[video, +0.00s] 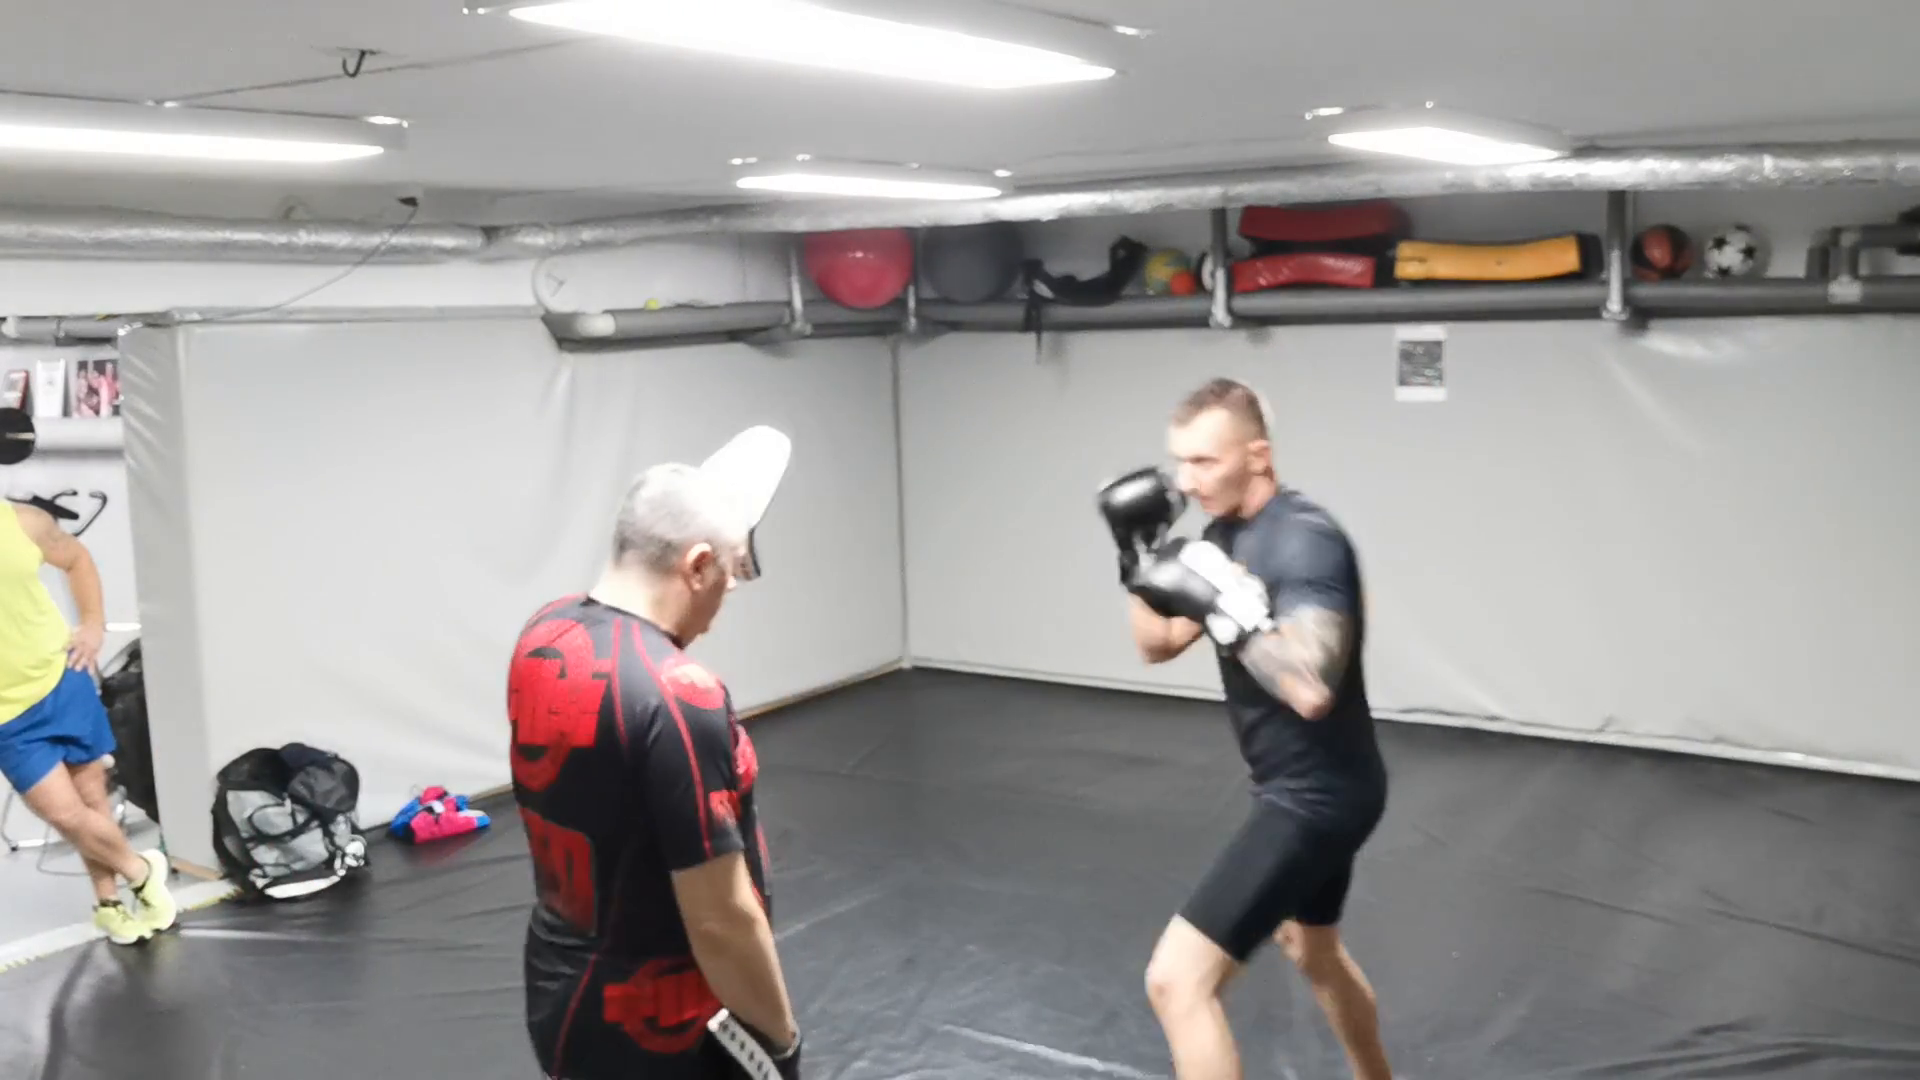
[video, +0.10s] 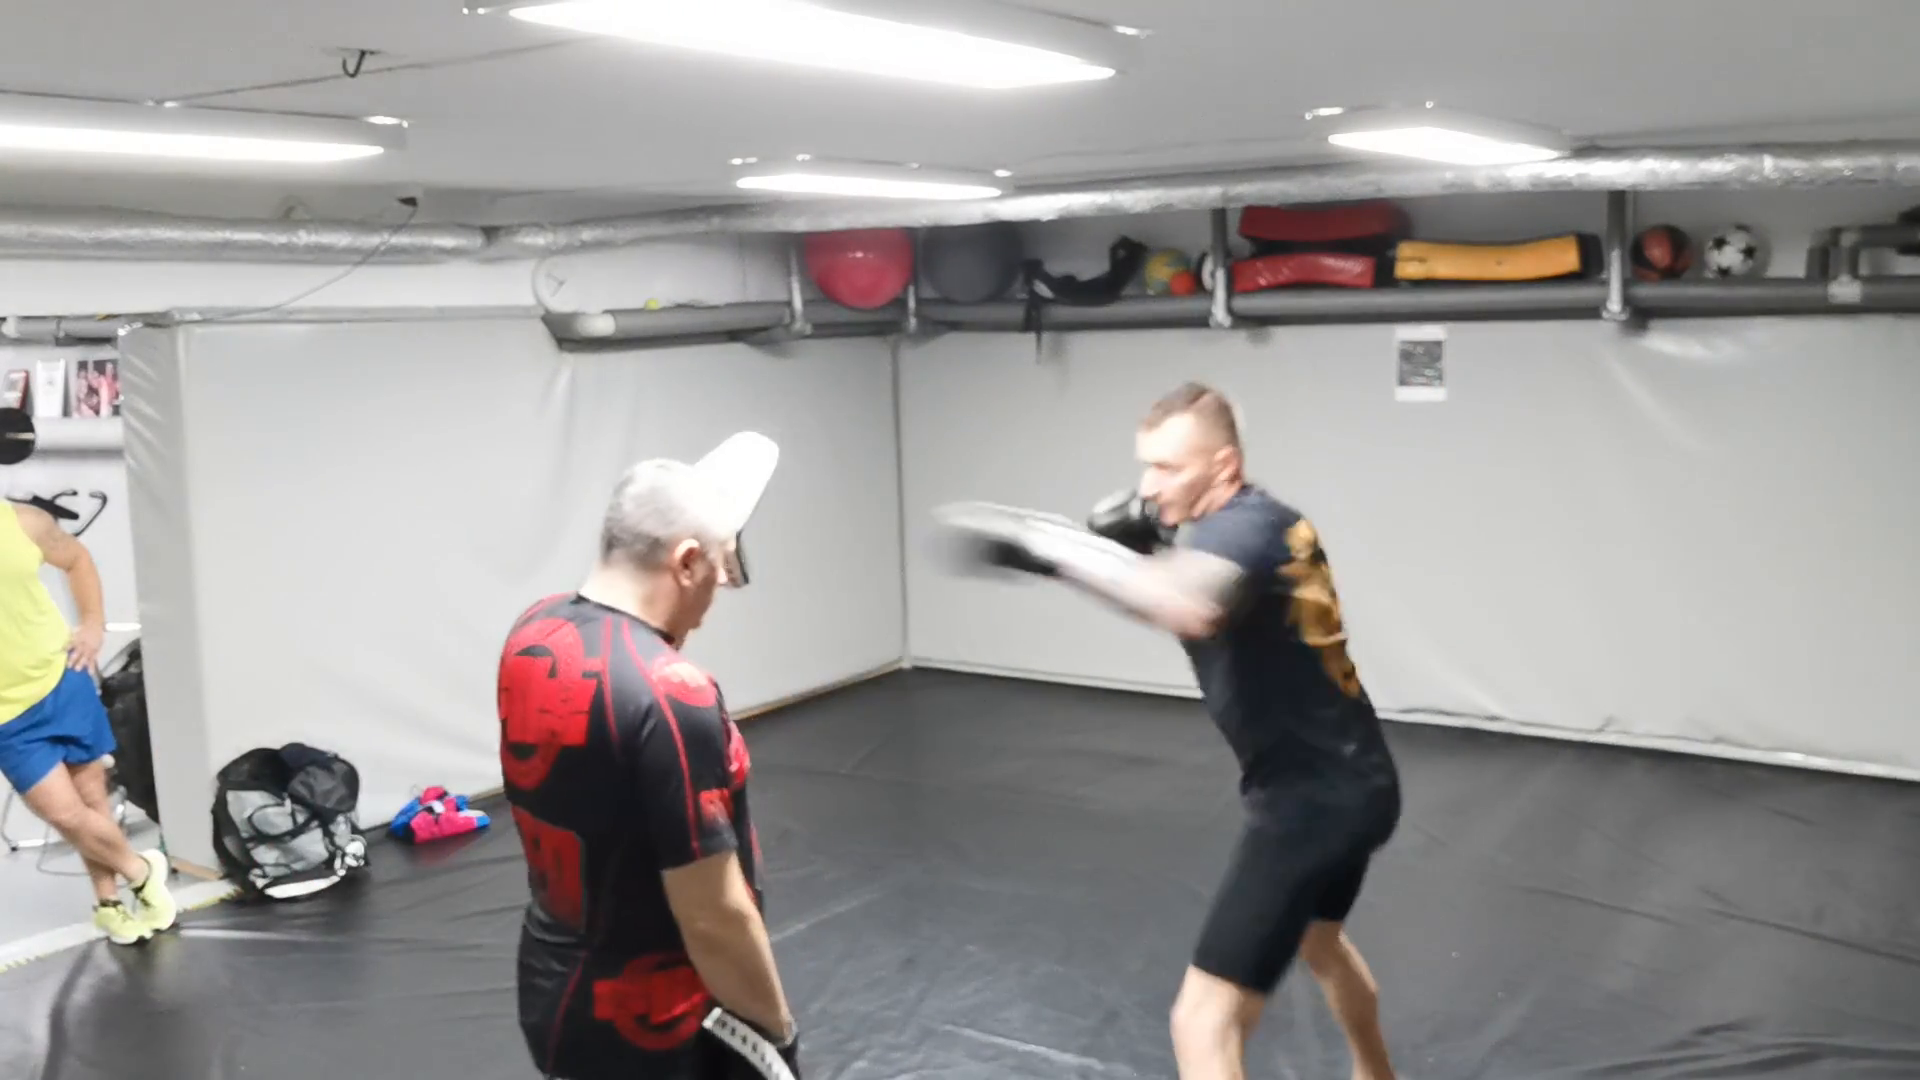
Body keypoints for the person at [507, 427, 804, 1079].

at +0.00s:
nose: (727, 595)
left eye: (736, 576)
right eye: (732, 573)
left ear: (627, 547)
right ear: (696, 565)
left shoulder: (544, 635)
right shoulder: (675, 697)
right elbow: (720, 917)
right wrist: (783, 1042)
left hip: (561, 977)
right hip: (662, 1022)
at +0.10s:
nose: (721, 587)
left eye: (726, 568)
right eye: (722, 565)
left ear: (614, 544)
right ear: (685, 560)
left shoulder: (533, 634)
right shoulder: (669, 695)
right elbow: (714, 914)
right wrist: (779, 1035)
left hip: (554, 975)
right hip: (658, 1019)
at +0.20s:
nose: (706, 579)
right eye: (706, 556)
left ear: (599, 540)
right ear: (671, 560)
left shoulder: (527, 627)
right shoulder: (649, 698)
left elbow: (678, 622)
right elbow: (698, 918)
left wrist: (751, 527)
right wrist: (762, 1031)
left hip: (547, 967)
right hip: (644, 1014)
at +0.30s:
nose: (692, 571)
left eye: (692, 556)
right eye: (690, 556)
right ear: (652, 561)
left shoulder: (525, 606)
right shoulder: (621, 712)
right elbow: (667, 933)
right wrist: (750, 1035)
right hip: (628, 1028)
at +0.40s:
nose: (696, 591)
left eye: (698, 574)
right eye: (694, 573)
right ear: (649, 571)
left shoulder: (528, 629)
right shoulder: (588, 728)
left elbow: (655, 723)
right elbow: (625, 947)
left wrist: (799, 697)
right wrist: (730, 1052)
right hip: (595, 1047)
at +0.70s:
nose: (718, 595)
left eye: (721, 577)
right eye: (715, 576)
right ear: (666, 575)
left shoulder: (574, 639)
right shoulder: (567, 704)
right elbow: (555, 940)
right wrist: (635, 1070)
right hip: (537, 1051)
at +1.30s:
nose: (604, 599)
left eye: (611, 580)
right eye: (602, 580)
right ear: (553, 583)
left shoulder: (413, 651)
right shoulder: (517, 725)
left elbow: (560, 690)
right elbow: (570, 954)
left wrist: (609, 578)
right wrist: (656, 1063)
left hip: (445, 1013)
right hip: (533, 1044)